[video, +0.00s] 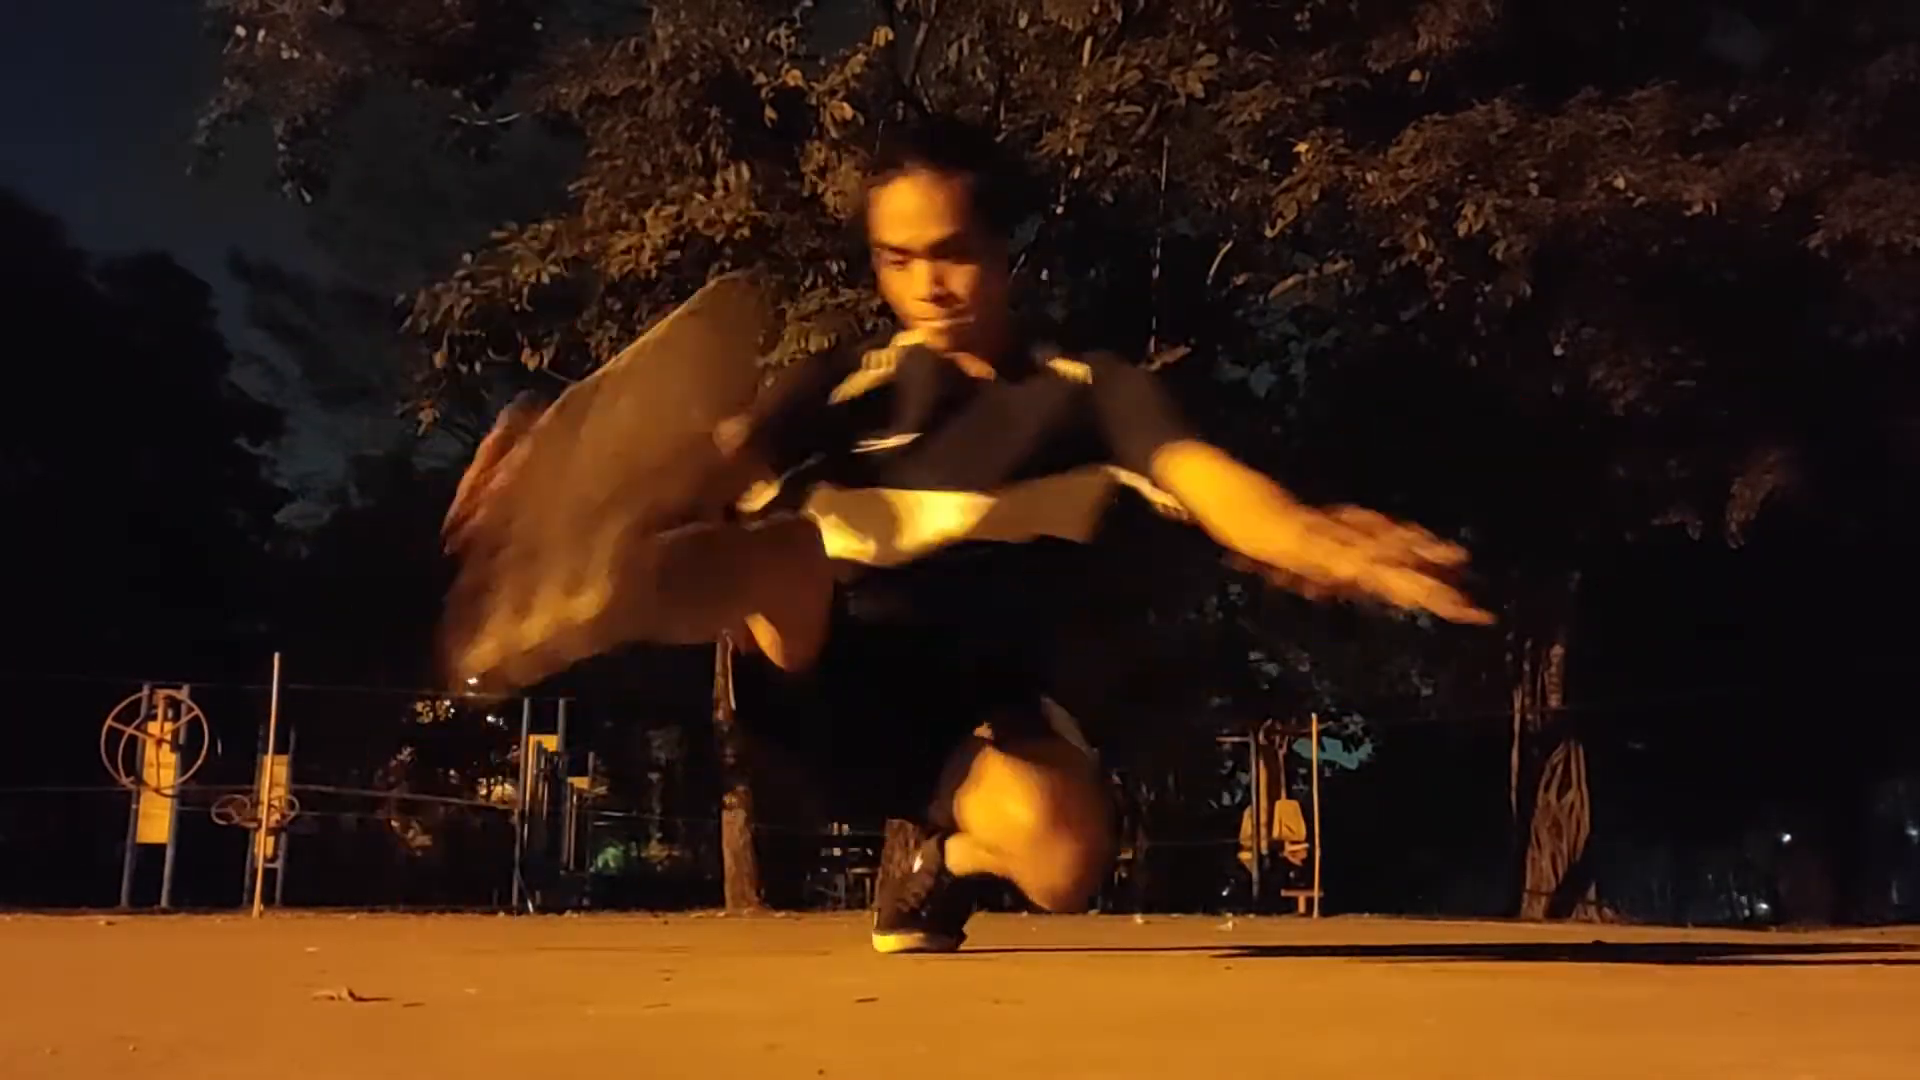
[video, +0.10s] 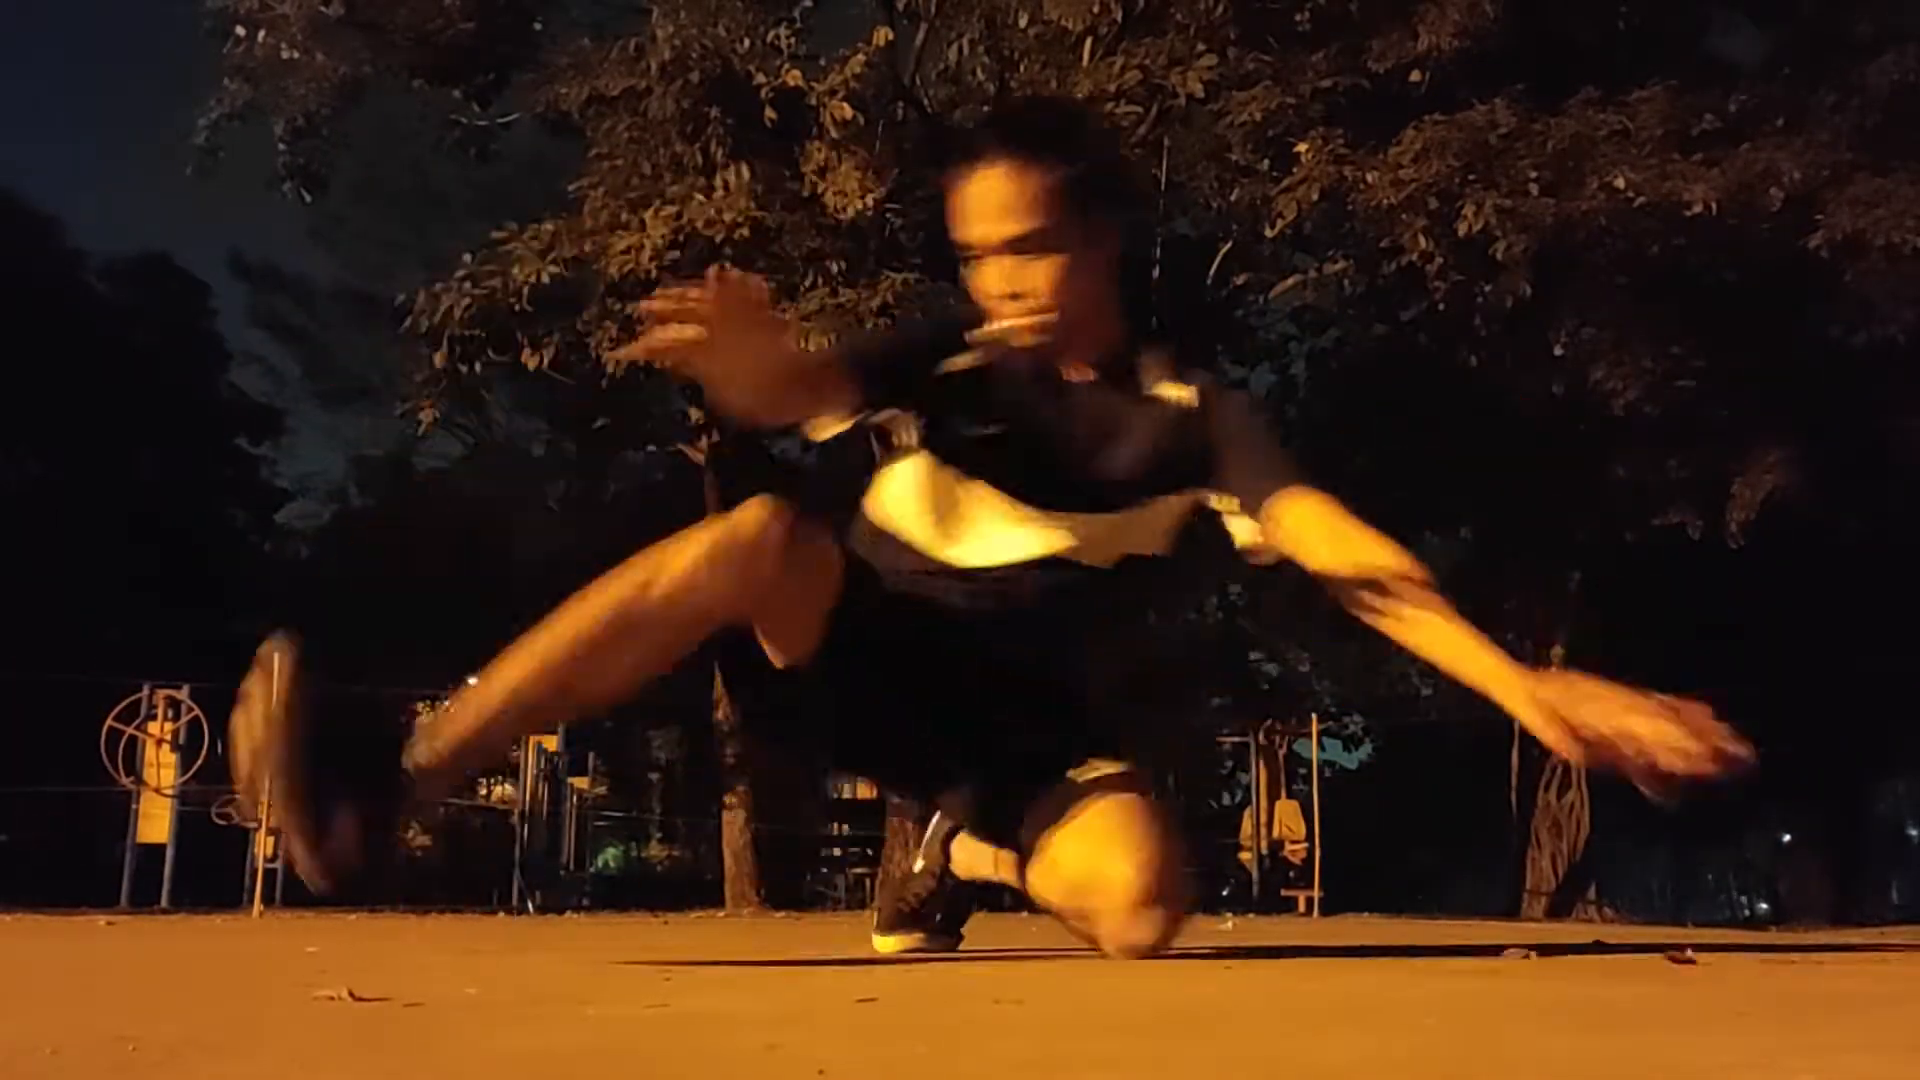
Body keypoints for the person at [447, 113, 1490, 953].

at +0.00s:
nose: (935, 282)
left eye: (959, 254)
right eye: (908, 259)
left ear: (1011, 255)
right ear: (876, 267)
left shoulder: (1091, 395)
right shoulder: (837, 395)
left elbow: (1210, 488)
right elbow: (691, 497)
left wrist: (1321, 545)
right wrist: (540, 513)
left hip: (977, 700)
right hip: (828, 684)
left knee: (1066, 858)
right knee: (778, 552)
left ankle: (929, 860)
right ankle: (579, 594)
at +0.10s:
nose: (1003, 290)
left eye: (1032, 251)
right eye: (980, 263)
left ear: (1118, 251)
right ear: (959, 277)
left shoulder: (1208, 431)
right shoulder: (930, 386)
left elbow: (1367, 578)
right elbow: (786, 401)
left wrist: (1541, 694)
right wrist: (738, 349)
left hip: (1076, 735)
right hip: (901, 690)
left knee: (1134, 905)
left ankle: (958, 878)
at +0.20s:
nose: (1136, 267)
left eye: (1174, 234)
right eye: (1114, 232)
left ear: (1252, 241)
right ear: (1085, 232)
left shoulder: (1303, 426)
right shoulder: (1042, 318)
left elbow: (1457, 623)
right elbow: (874, 380)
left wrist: (1647, 838)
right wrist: (911, 468)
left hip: (1089, 706)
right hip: (928, 630)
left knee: (1146, 910)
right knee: (722, 702)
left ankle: (974, 851)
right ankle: (521, 873)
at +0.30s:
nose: (1362, 284)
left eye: (1400, 257)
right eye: (1336, 243)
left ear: (1445, 260)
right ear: (1278, 215)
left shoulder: (1452, 405)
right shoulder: (1186, 284)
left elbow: (1509, 670)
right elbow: (1058, 483)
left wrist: (1621, 909)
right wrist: (1084, 701)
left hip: (1164, 645)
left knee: (1165, 912)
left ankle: (990, 833)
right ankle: (682, 848)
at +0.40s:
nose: (1589, 386)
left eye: (1623, 362)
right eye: (1581, 336)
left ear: (1645, 353)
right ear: (1501, 238)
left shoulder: (1523, 430)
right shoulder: (1324, 288)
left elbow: (1509, 676)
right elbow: (1215, 584)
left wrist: (1622, 924)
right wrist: (1223, 917)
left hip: (1186, 620)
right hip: (1023, 573)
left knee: (1174, 920)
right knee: (901, 851)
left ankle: (1011, 838)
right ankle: (931, 876)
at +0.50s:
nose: (1687, 492)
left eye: (1717, 476)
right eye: (1697, 446)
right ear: (1638, 328)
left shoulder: (1534, 450)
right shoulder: (1438, 337)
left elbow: (1491, 688)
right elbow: (1229, 601)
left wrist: (1617, 921)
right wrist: (1206, 922)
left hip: (1183, 592)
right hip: (1025, 546)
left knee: (1181, 924)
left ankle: (1009, 810)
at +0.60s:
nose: (1715, 518)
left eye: (1749, 512)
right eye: (1730, 478)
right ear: (1692, 351)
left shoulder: (1583, 451)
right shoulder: (1469, 339)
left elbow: (1521, 686)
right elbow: (1230, 597)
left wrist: (1621, 924)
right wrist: (1211, 924)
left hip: (1195, 596)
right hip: (1034, 532)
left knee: (1190, 916)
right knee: (937, 758)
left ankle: (946, 790)